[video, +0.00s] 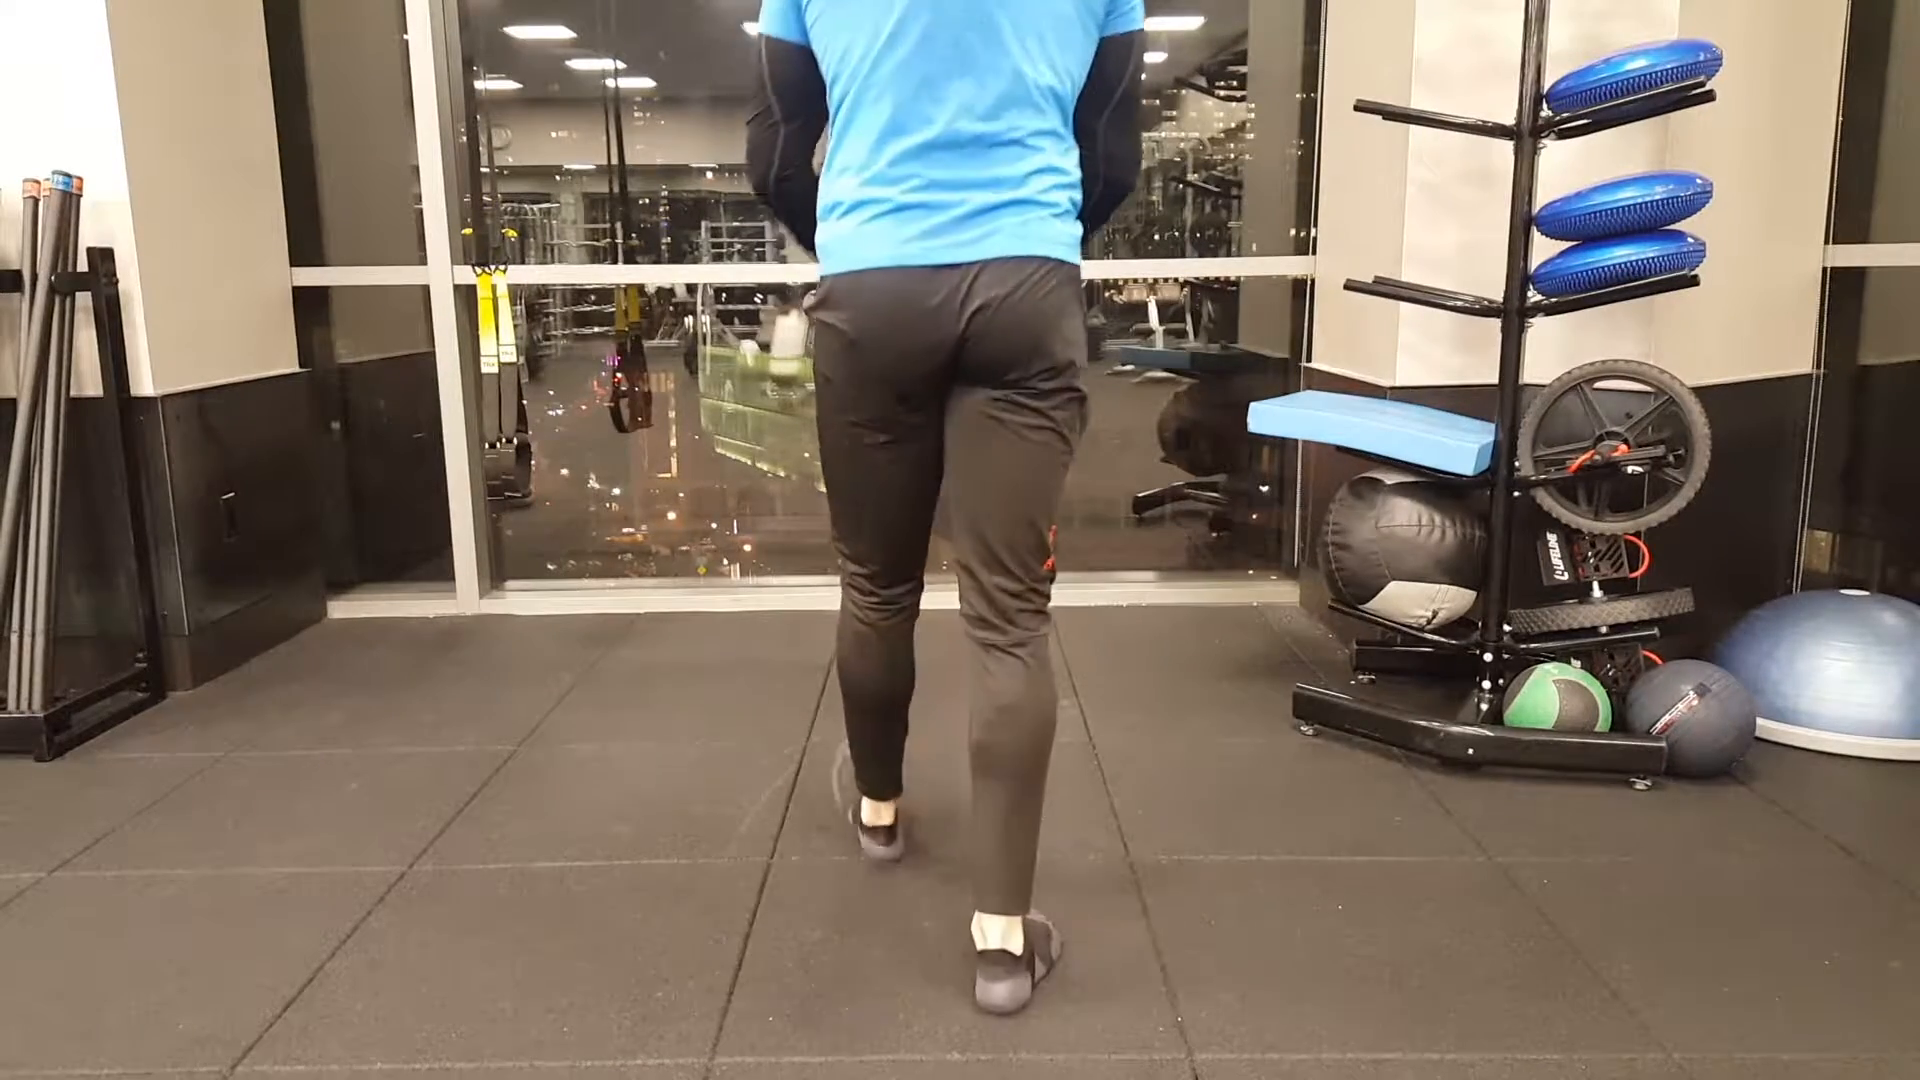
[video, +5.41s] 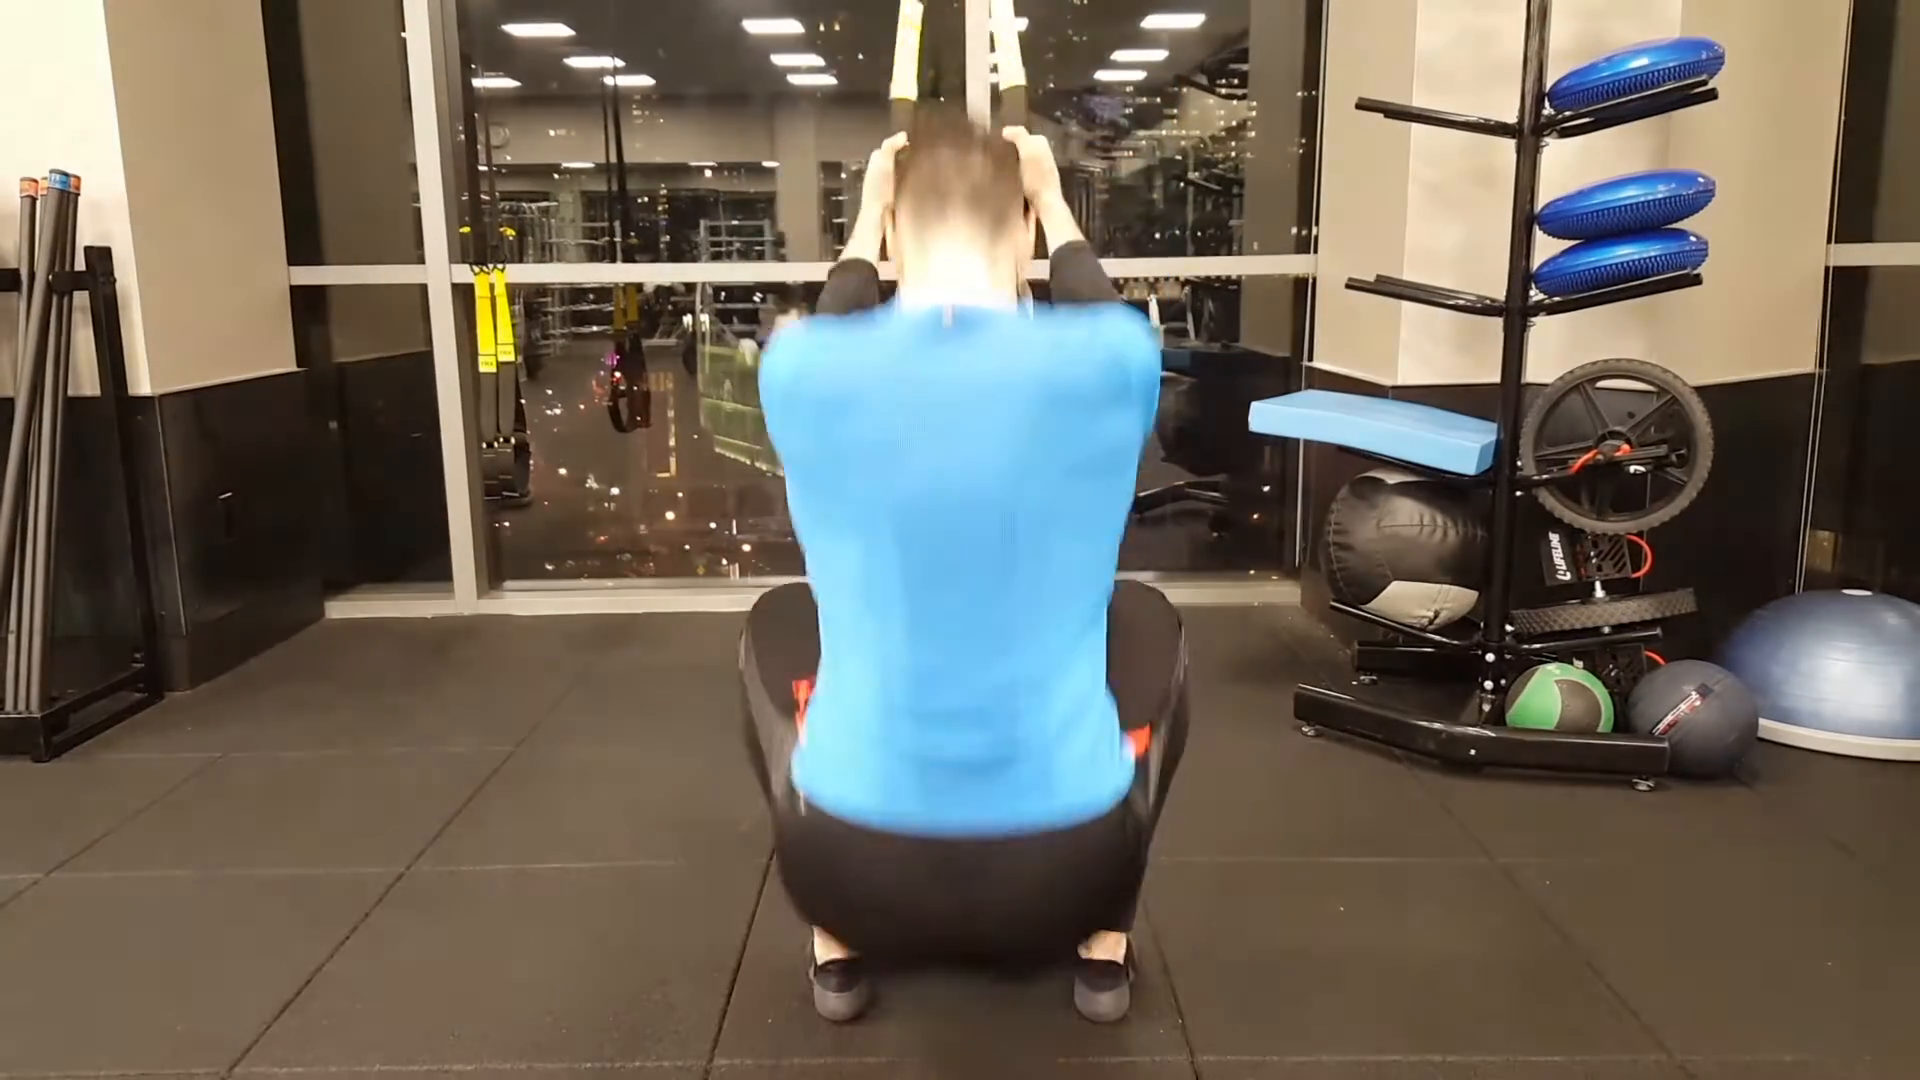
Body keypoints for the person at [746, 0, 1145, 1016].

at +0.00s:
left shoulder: (812, 2)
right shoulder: (1100, 2)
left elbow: (775, 160)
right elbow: (1109, 168)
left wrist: (860, 240)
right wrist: (1030, 235)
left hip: (872, 279)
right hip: (1030, 275)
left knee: (877, 584)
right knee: (1009, 610)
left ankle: (879, 805)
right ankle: (1002, 938)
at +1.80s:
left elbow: (762, 120)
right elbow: (1137, 115)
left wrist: (889, 91)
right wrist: (1008, 89)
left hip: (859, 275)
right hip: (1042, 272)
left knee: (851, 646)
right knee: (1064, 638)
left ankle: (839, 953)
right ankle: (1095, 957)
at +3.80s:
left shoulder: (782, 3)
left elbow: (750, 108)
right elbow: (1147, 103)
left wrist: (870, 70)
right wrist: (1019, 83)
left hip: (862, 269)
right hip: (1051, 270)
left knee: (853, 650)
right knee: (1070, 647)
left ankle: (840, 951)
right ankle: (1098, 955)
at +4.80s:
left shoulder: (764, 9)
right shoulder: (1129, 9)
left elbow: (783, 229)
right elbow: (1128, 225)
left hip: (847, 410)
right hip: (1070, 409)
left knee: (820, 665)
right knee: (1104, 663)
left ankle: (836, 953)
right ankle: (1106, 955)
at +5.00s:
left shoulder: (775, 83)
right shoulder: (1128, 68)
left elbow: (780, 289)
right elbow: (1118, 286)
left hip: (843, 560)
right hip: (1076, 560)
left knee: (798, 671)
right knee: (1122, 666)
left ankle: (835, 951)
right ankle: (1106, 953)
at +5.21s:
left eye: (909, 79)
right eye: (1010, 78)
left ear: (885, 87)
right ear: (1025, 85)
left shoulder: (784, 220)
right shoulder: (1127, 207)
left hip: (850, 724)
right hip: (1062, 726)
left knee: (774, 612)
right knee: (1148, 613)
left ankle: (833, 947)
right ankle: (1107, 951)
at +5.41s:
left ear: (893, 234)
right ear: (1026, 234)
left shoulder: (800, 375)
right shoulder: (1113, 366)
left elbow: (827, 330)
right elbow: (1107, 316)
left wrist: (867, 230)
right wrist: (1055, 213)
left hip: (867, 885)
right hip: (1055, 884)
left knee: (777, 611)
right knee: (1144, 607)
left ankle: (833, 939)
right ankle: (1109, 938)